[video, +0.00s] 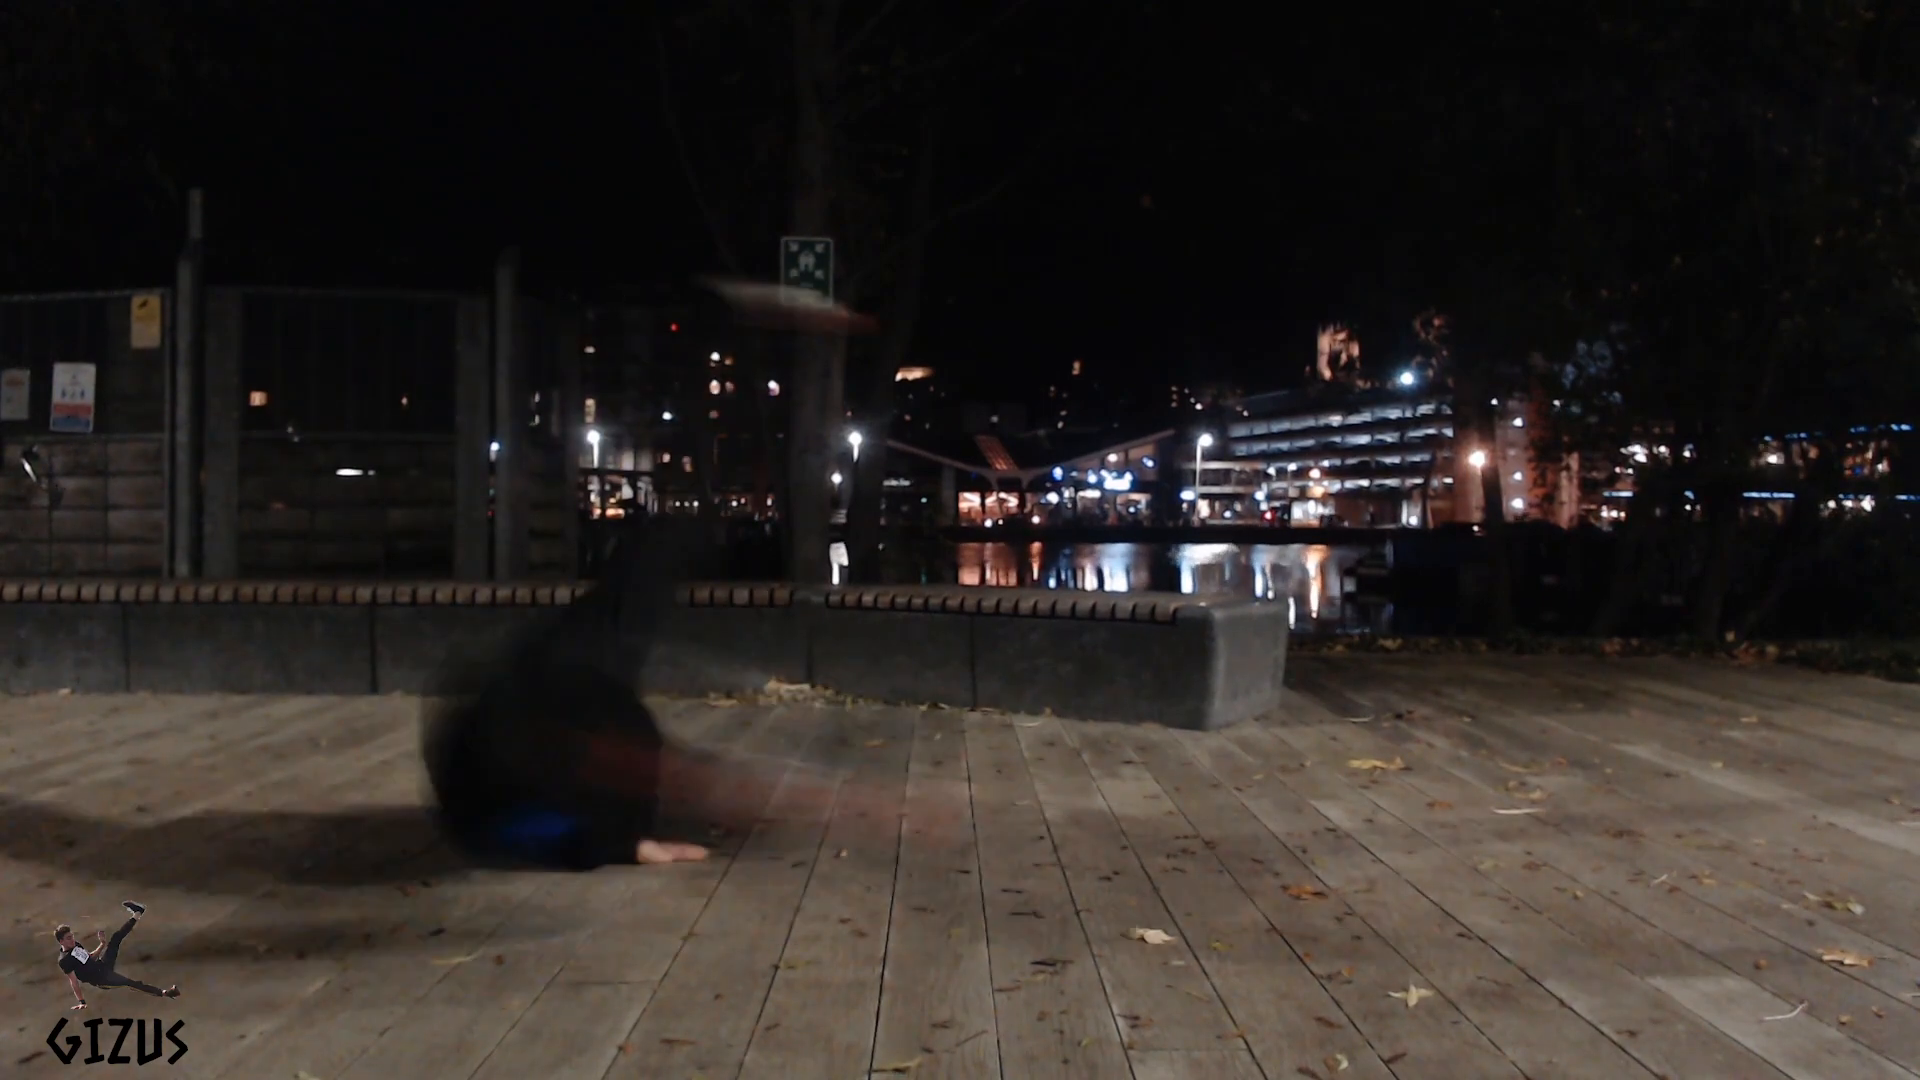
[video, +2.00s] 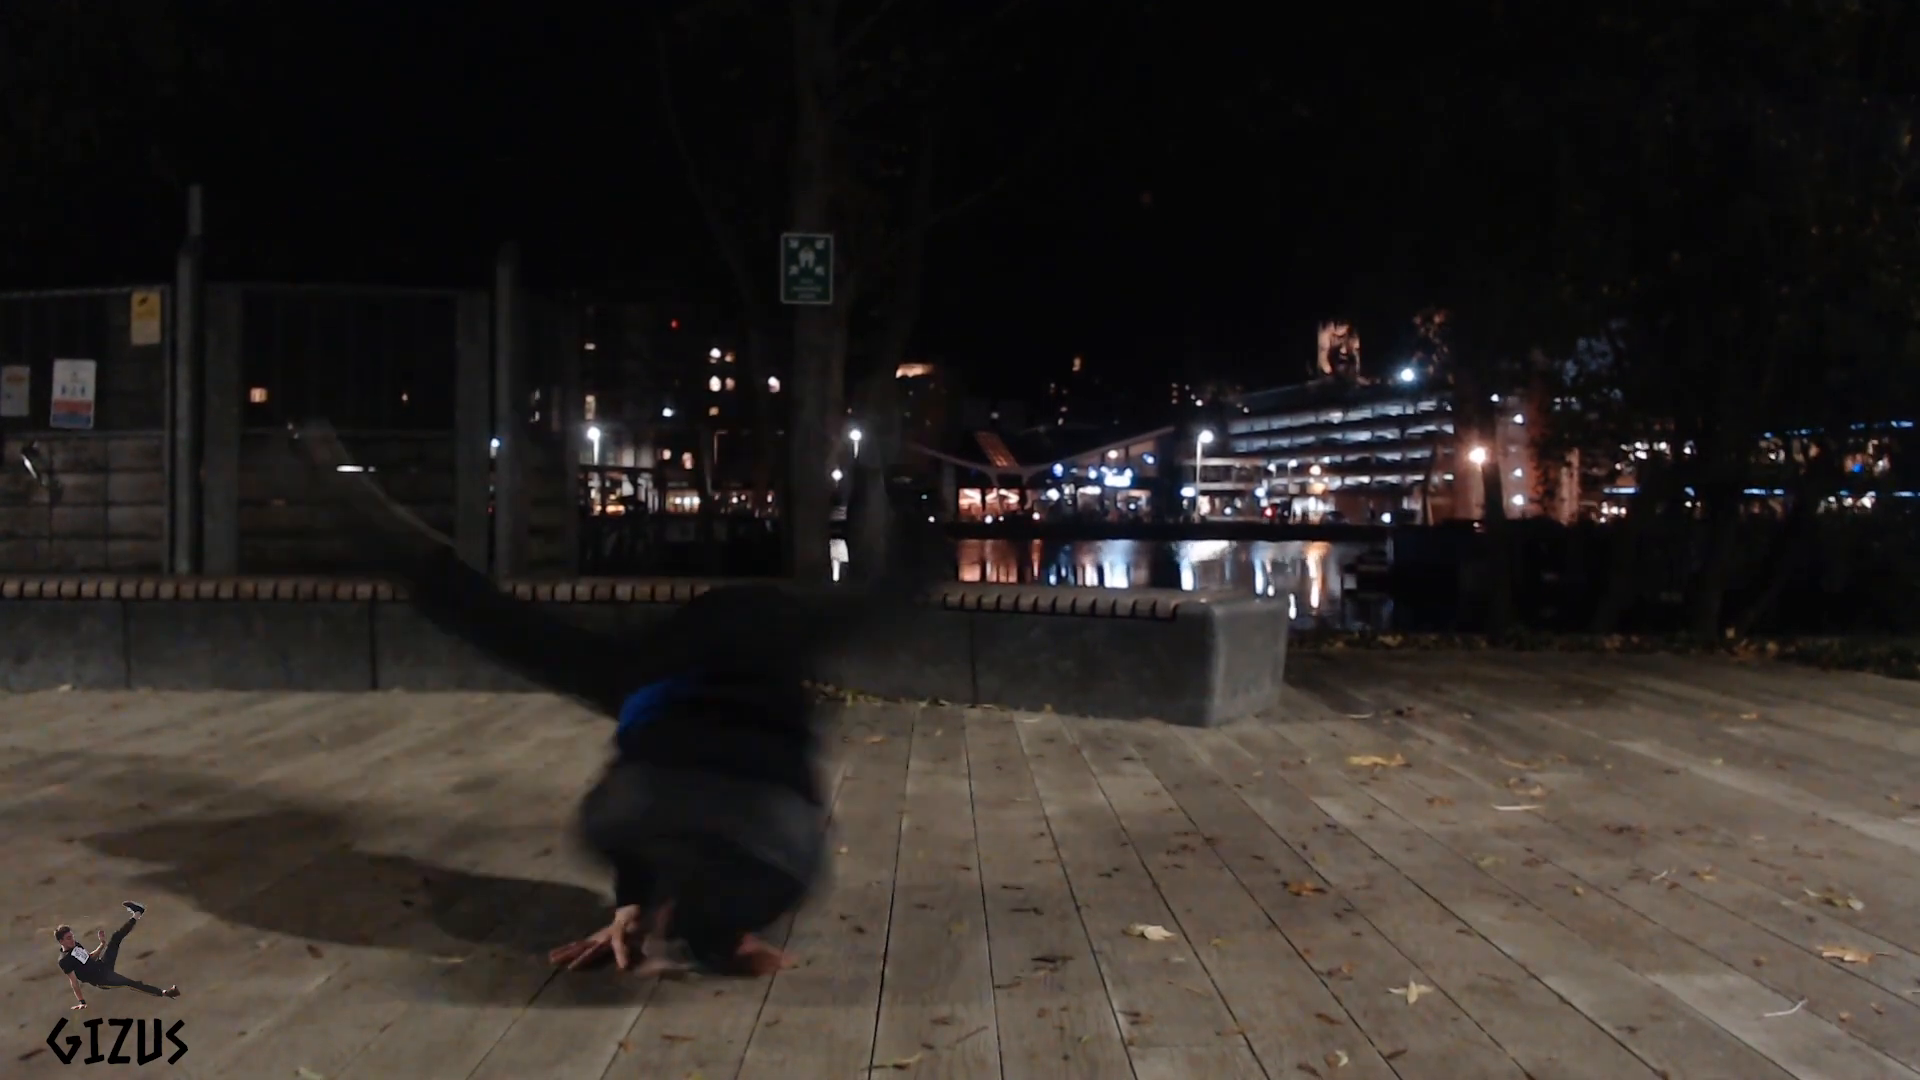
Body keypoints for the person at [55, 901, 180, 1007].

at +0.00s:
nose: (73, 939)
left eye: (72, 936)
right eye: (69, 938)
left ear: (71, 937)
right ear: (61, 942)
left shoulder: (76, 946)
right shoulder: (64, 961)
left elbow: (91, 958)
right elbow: (74, 982)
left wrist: (102, 945)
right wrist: (81, 1001)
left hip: (104, 965)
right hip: (102, 978)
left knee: (115, 939)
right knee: (131, 983)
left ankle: (136, 916)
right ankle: (165, 993)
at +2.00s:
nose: (73, 939)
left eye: (72, 936)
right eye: (69, 938)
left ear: (71, 937)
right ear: (62, 941)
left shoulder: (76, 946)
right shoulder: (64, 960)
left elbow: (91, 957)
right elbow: (74, 982)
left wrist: (102, 945)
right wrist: (81, 1002)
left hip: (104, 965)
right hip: (102, 978)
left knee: (116, 938)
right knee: (132, 983)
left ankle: (136, 916)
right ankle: (165, 993)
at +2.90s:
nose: (73, 939)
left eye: (72, 936)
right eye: (69, 938)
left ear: (71, 937)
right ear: (62, 941)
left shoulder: (75, 946)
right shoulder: (64, 960)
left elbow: (91, 957)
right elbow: (74, 982)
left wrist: (102, 944)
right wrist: (81, 1002)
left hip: (104, 964)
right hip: (102, 978)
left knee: (116, 939)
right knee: (131, 983)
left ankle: (136, 916)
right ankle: (164, 993)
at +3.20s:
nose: (73, 939)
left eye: (72, 936)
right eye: (69, 938)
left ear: (71, 937)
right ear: (61, 942)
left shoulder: (75, 946)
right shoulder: (64, 961)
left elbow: (91, 957)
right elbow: (74, 981)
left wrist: (102, 944)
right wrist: (81, 1001)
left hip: (104, 964)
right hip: (102, 978)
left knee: (115, 939)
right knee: (131, 983)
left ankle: (136, 916)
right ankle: (164, 993)